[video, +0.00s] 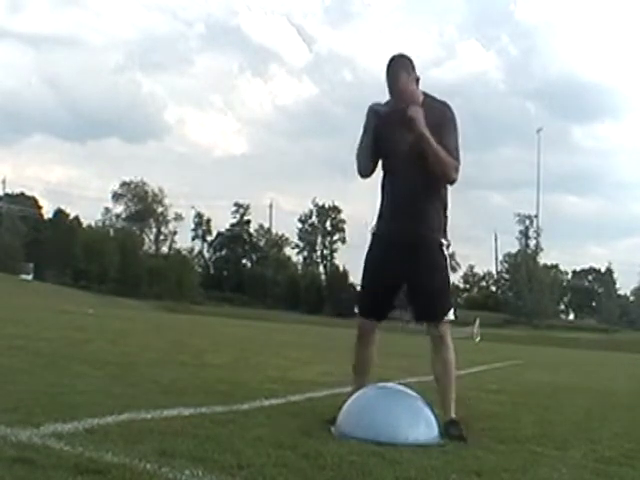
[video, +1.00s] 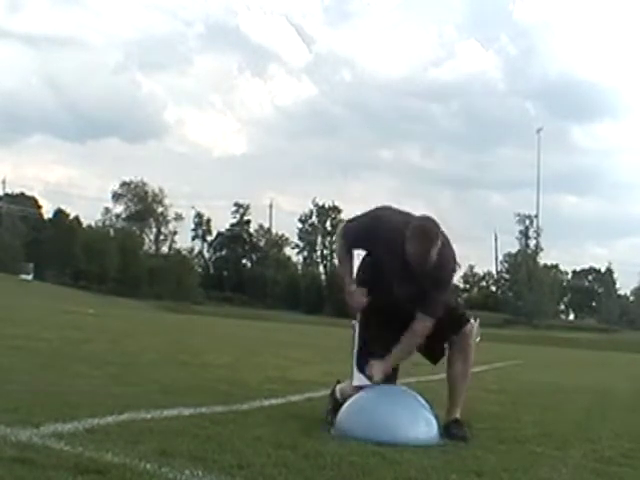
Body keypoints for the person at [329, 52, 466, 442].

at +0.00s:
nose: (395, 95)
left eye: (400, 87)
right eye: (390, 89)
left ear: (417, 80)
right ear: (386, 87)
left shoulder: (440, 112)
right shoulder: (379, 115)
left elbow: (451, 173)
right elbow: (365, 168)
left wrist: (421, 130)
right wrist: (376, 122)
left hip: (428, 237)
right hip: (387, 235)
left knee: (439, 330)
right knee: (366, 326)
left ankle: (449, 417)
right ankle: (358, 408)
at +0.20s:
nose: (404, 89)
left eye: (409, 82)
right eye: (399, 84)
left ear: (425, 76)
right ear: (394, 82)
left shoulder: (445, 108)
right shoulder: (384, 111)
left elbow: (459, 167)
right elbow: (370, 163)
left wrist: (430, 124)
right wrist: (381, 119)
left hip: (431, 235)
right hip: (389, 233)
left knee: (440, 332)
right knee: (374, 328)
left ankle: (449, 418)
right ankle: (357, 408)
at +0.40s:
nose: (423, 111)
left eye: (428, 104)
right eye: (417, 104)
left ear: (439, 100)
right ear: (408, 100)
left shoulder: (451, 127)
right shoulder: (387, 122)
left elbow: (468, 191)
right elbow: (358, 167)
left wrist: (451, 162)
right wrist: (372, 163)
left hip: (433, 243)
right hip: (391, 242)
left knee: (451, 328)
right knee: (373, 332)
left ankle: (452, 417)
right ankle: (349, 399)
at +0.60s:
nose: (432, 192)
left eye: (438, 187)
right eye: (428, 186)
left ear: (449, 179)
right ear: (419, 172)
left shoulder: (448, 186)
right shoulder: (397, 190)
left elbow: (458, 230)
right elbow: (353, 235)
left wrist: (451, 226)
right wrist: (382, 275)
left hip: (427, 278)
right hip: (391, 278)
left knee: (467, 333)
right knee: (393, 368)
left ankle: (456, 418)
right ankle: (348, 392)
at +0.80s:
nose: (435, 267)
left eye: (440, 261)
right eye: (429, 262)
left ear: (449, 243)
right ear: (417, 241)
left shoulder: (449, 234)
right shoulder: (390, 243)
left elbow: (466, 282)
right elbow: (356, 302)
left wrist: (444, 306)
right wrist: (388, 345)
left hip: (422, 309)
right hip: (386, 312)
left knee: (465, 329)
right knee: (386, 395)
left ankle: (455, 418)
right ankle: (344, 394)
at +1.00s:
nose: (420, 269)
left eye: (425, 265)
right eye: (415, 263)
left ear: (437, 250)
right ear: (405, 242)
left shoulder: (446, 262)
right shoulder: (382, 223)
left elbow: (422, 326)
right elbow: (344, 236)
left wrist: (386, 364)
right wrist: (349, 287)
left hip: (423, 302)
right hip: (381, 300)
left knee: (463, 331)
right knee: (373, 385)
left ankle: (454, 417)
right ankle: (340, 393)